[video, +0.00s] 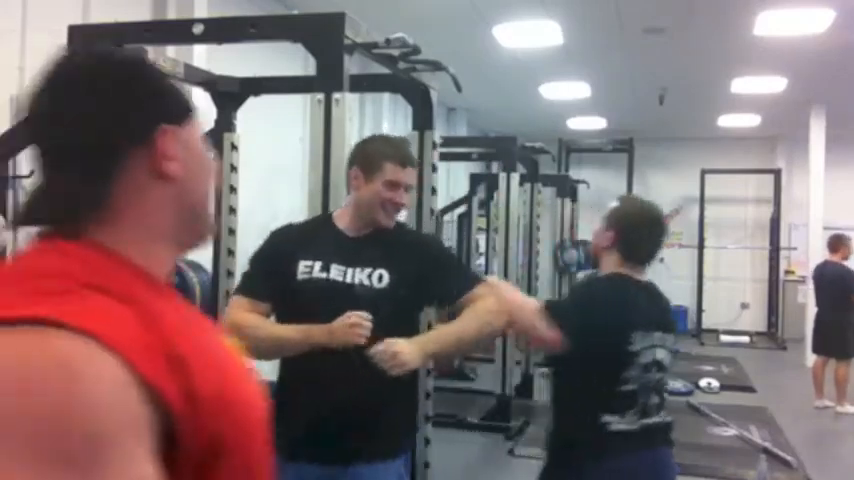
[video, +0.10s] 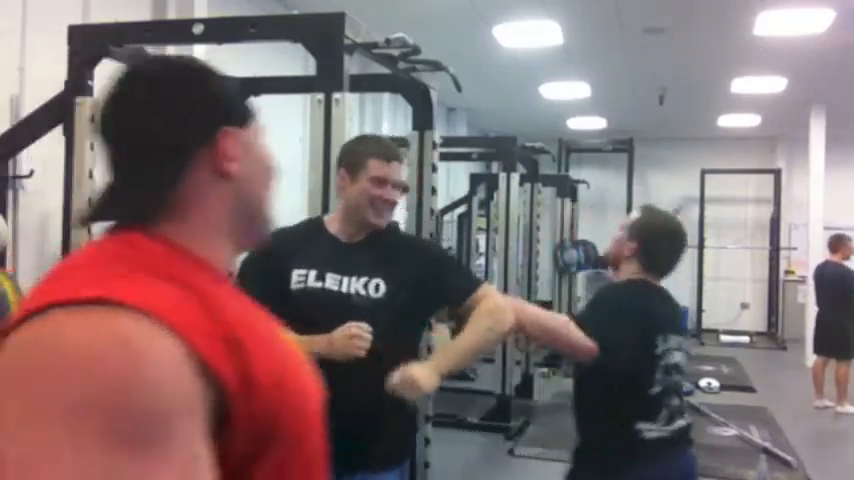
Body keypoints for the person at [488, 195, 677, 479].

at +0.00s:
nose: (594, 233)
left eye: (601, 227)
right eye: (600, 226)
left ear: (610, 238)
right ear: (649, 248)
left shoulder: (593, 295)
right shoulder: (659, 303)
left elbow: (549, 333)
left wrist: (504, 295)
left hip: (590, 455)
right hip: (654, 451)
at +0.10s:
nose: (615, 235)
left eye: (622, 231)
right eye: (621, 229)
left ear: (632, 248)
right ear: (667, 258)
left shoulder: (609, 300)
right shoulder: (669, 305)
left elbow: (574, 348)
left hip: (614, 455)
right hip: (673, 449)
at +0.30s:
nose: (610, 225)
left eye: (617, 221)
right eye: (615, 219)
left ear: (629, 236)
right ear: (658, 244)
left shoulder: (622, 286)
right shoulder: (663, 287)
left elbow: (600, 336)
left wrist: (535, 305)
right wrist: (574, 348)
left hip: (627, 439)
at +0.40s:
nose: (601, 224)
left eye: (608, 219)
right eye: (606, 217)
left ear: (619, 235)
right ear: (647, 242)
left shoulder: (614, 285)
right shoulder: (649, 285)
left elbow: (588, 335)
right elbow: (626, 350)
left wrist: (533, 308)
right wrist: (572, 357)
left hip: (618, 437)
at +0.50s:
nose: (588, 229)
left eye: (595, 224)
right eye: (594, 222)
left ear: (605, 241)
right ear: (632, 248)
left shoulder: (596, 293)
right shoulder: (637, 289)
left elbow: (564, 349)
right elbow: (615, 352)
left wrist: (516, 326)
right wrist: (560, 375)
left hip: (618, 439)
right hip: (667, 424)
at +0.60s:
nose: (572, 236)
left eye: (579, 231)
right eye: (577, 229)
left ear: (589, 244)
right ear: (618, 249)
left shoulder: (580, 300)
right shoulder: (631, 294)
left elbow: (547, 361)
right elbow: (615, 365)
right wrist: (559, 393)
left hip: (602, 437)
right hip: (651, 427)